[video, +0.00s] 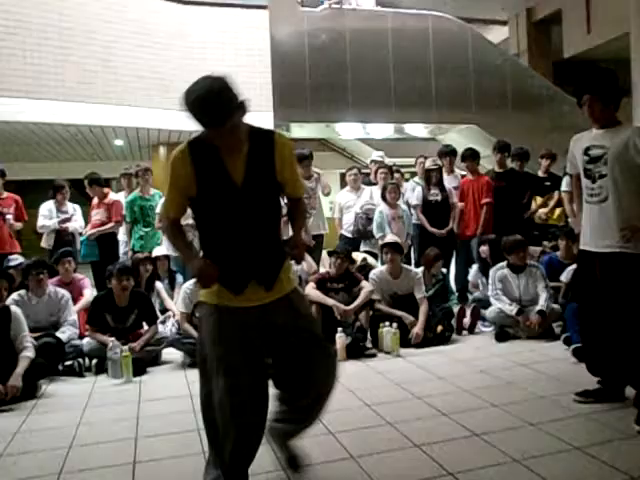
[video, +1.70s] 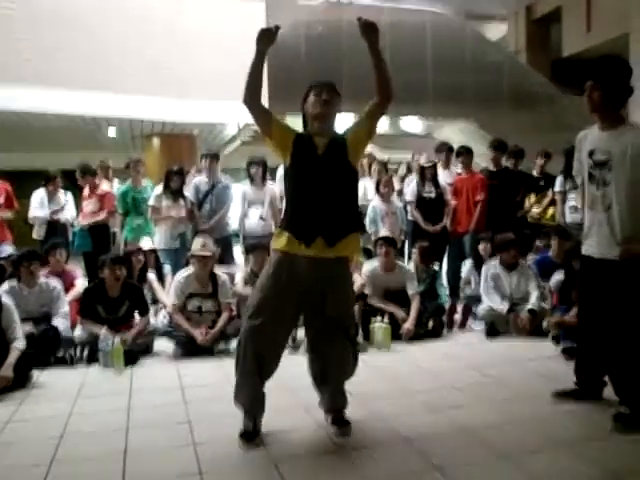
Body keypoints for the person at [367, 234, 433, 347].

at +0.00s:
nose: (390, 257)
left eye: (394, 253)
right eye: (386, 253)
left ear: (401, 255)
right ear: (382, 256)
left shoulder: (414, 274)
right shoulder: (376, 275)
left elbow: (423, 302)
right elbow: (376, 304)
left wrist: (420, 326)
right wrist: (402, 315)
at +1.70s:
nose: (384, 250)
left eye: (388, 246)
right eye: (380, 247)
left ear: (394, 250)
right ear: (376, 250)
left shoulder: (406, 271)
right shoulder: (369, 269)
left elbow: (415, 297)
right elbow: (370, 297)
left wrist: (410, 322)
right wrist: (396, 311)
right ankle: (368, 339)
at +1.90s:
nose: (385, 225)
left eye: (388, 221)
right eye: (381, 222)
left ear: (394, 224)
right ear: (376, 226)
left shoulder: (405, 244)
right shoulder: (369, 244)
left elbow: (415, 272)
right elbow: (370, 273)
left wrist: (411, 296)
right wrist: (395, 286)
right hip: (378, 275)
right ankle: (370, 315)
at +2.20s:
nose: (387, 224)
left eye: (391, 220)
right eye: (383, 221)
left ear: (397, 224)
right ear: (379, 225)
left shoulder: (410, 244)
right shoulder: (371, 245)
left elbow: (418, 272)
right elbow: (372, 272)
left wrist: (414, 296)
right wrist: (397, 285)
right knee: (368, 281)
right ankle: (372, 314)